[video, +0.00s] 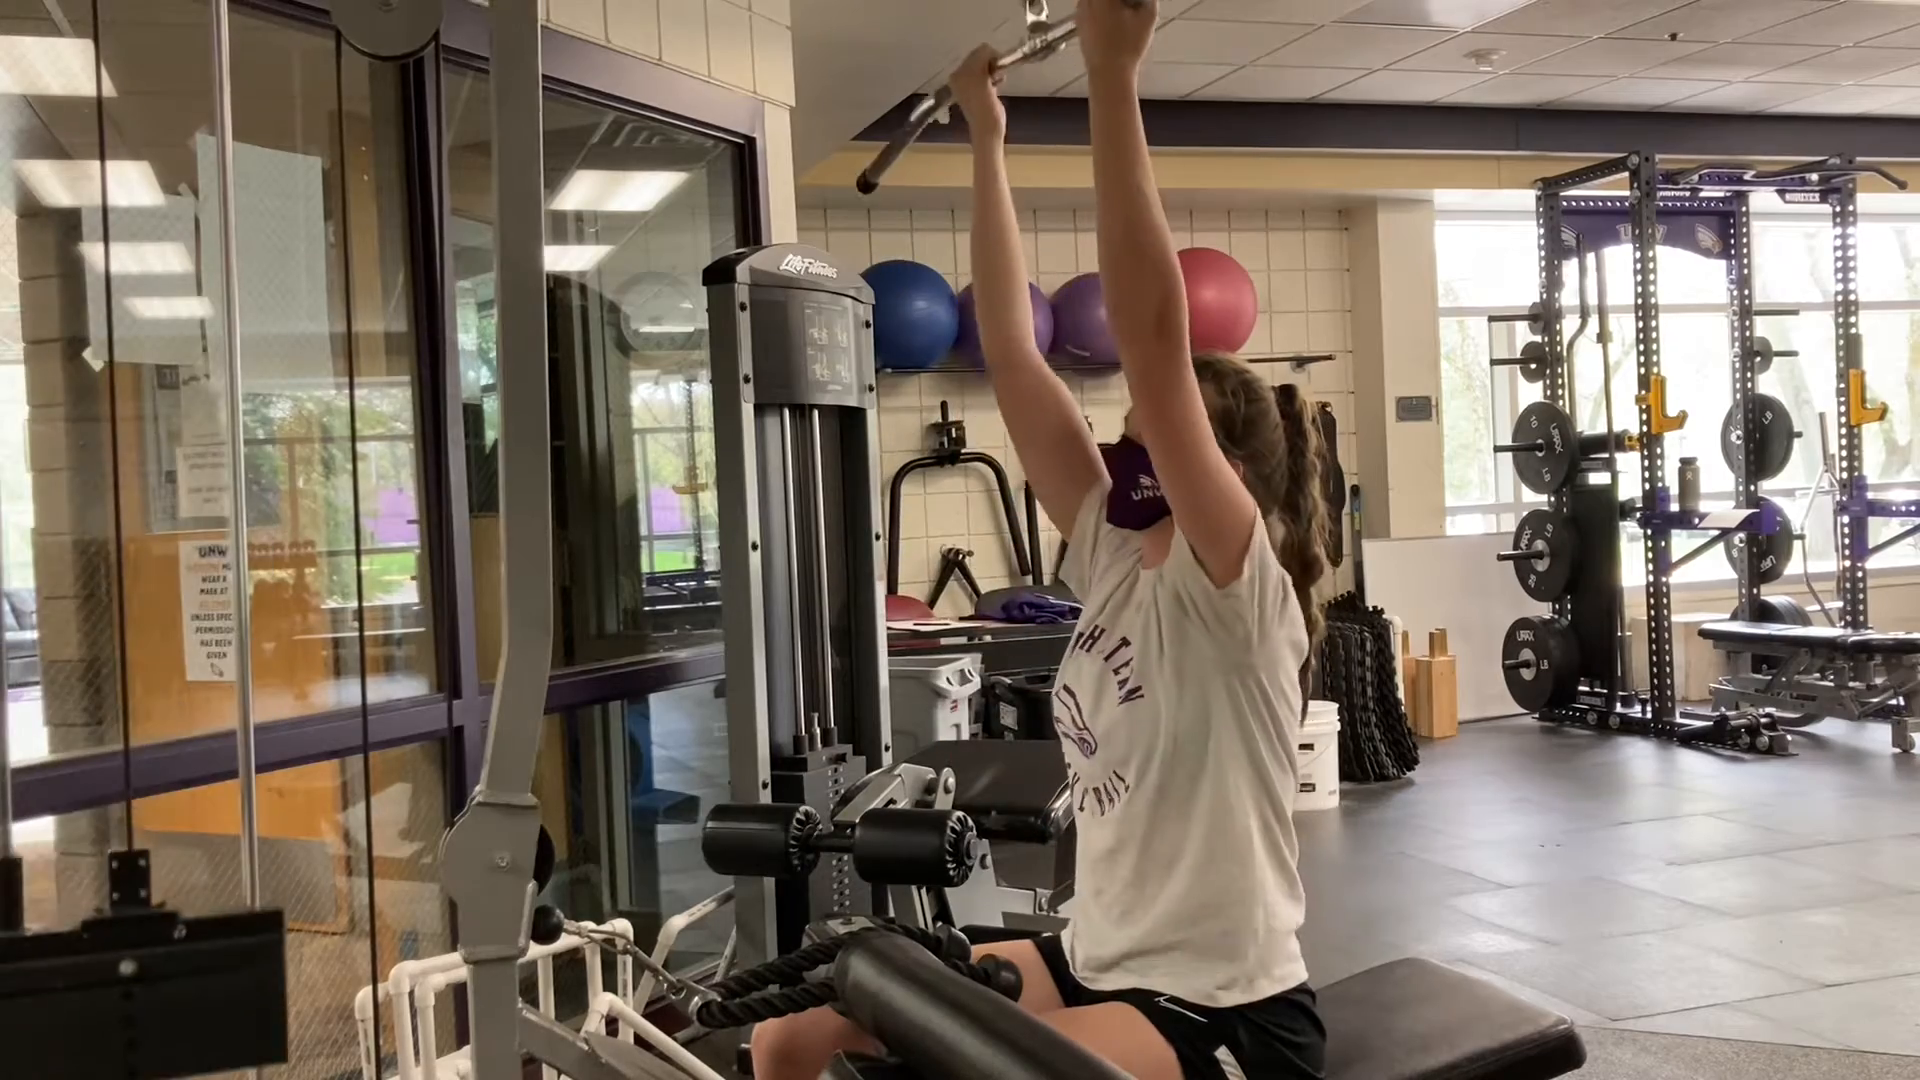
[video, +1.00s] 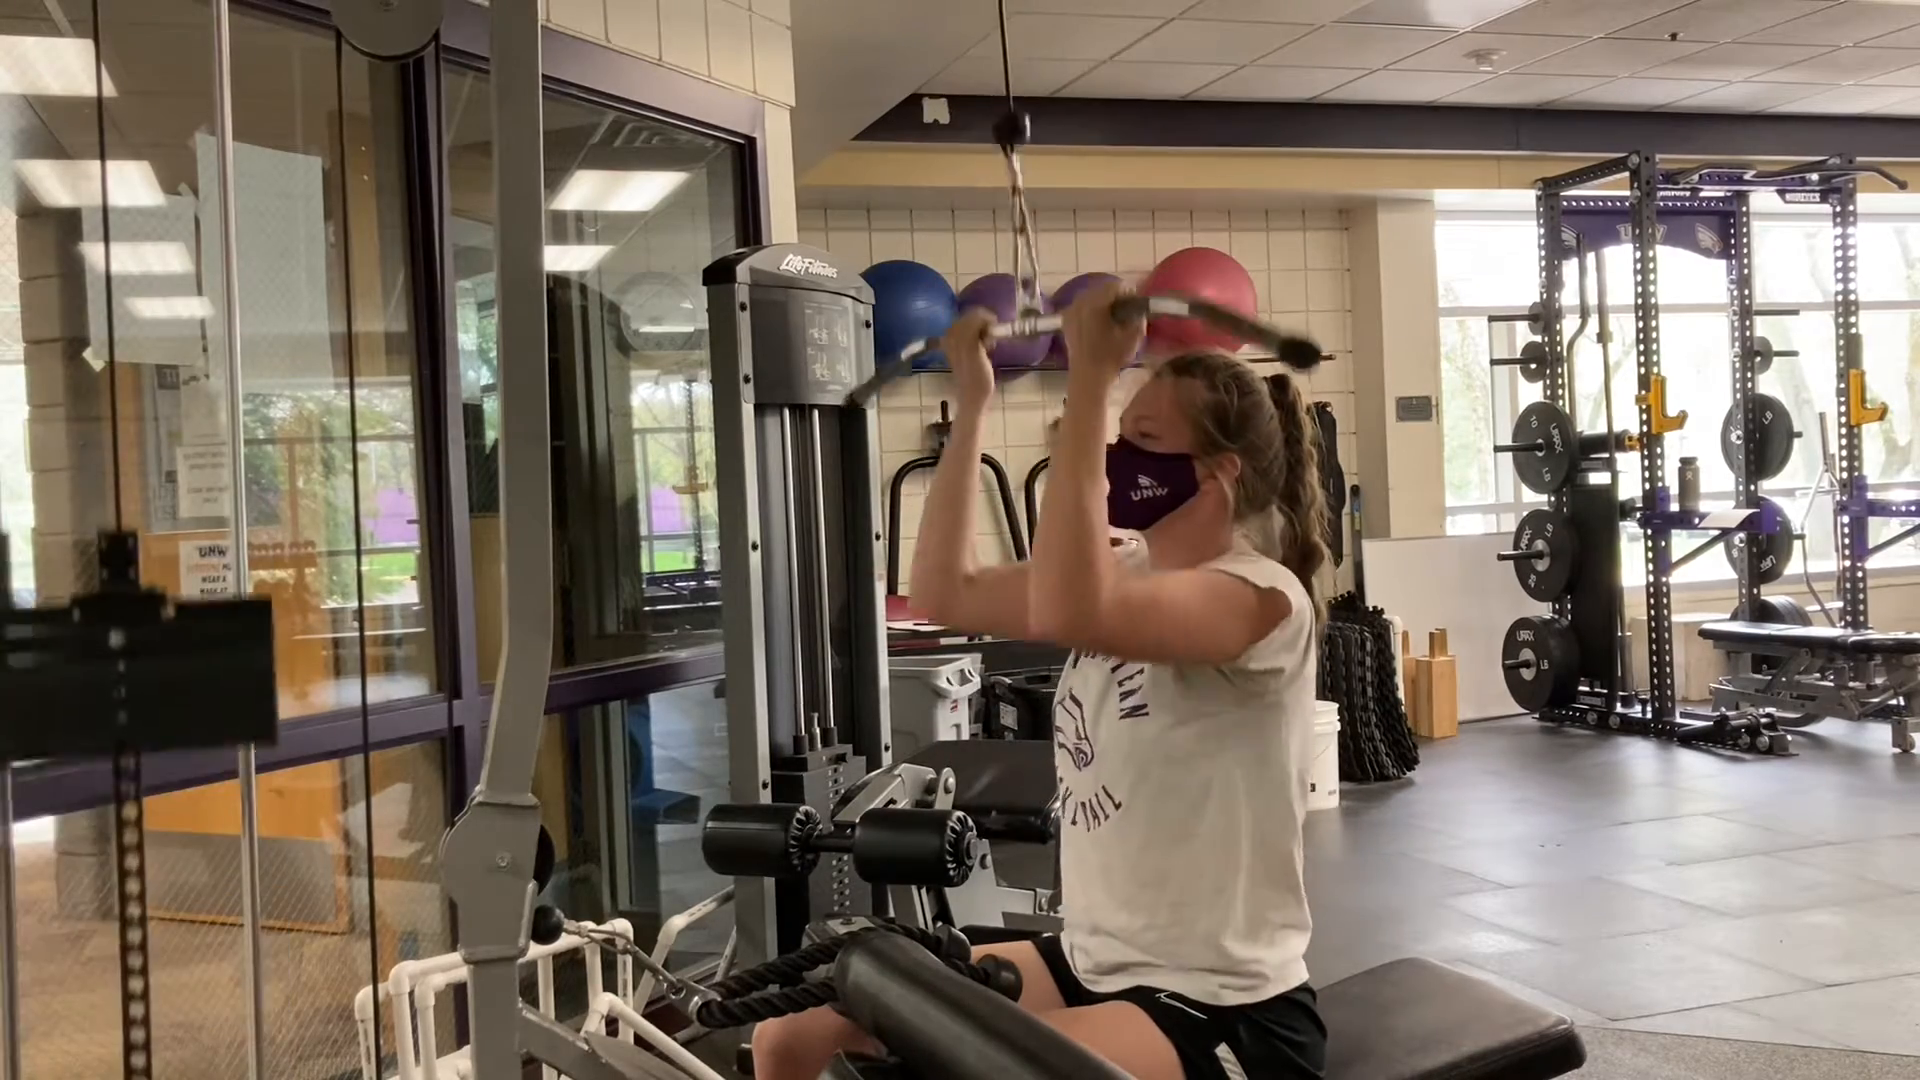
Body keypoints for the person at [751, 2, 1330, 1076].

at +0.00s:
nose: (1141, 436)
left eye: (1174, 412)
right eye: (1147, 415)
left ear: (1230, 452)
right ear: (1147, 436)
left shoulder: (1242, 581)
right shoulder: (1104, 550)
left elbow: (1153, 343)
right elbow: (1011, 349)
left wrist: (1112, 75)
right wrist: (984, 133)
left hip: (1223, 1010)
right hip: (1094, 971)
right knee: (790, 1045)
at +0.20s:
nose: (1134, 431)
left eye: (1167, 409)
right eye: (1140, 412)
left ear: (1219, 447)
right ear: (1140, 436)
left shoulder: (1231, 577)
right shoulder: (1106, 555)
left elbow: (1153, 326)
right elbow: (1023, 337)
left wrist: (1110, 45)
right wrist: (977, 123)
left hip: (1222, 1015)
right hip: (1097, 974)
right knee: (793, 1040)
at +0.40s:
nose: (1129, 432)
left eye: (1161, 410)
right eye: (1133, 413)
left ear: (1223, 450)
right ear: (1141, 436)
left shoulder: (1233, 577)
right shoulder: (1102, 543)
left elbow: (1143, 347)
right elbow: (999, 353)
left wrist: (1108, 74)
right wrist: (975, 144)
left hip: (1222, 1010)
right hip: (1095, 971)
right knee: (793, 1042)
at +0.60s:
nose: (1109, 448)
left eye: (1137, 417)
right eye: (1103, 428)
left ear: (1216, 456)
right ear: (1159, 453)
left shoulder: (1238, 578)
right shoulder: (1100, 548)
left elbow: (1107, 380)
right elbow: (976, 395)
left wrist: (1099, 123)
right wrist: (976, 183)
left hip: (1223, 1008)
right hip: (1094, 964)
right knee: (791, 1039)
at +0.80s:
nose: (1112, 465)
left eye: (1139, 453)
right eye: (1112, 443)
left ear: (1213, 480)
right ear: (1096, 436)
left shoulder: (1246, 588)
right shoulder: (1102, 566)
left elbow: (1073, 488)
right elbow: (942, 488)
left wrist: (1086, 243)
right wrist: (971, 293)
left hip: (1224, 1007)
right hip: (1095, 963)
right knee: (789, 1038)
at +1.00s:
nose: (1114, 467)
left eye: (1144, 450)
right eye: (1116, 444)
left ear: (1221, 474)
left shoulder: (1260, 597)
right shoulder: (1114, 574)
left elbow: (1071, 612)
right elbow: (939, 593)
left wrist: (1090, 375)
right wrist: (969, 410)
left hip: (1227, 1008)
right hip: (1091, 961)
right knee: (792, 1038)